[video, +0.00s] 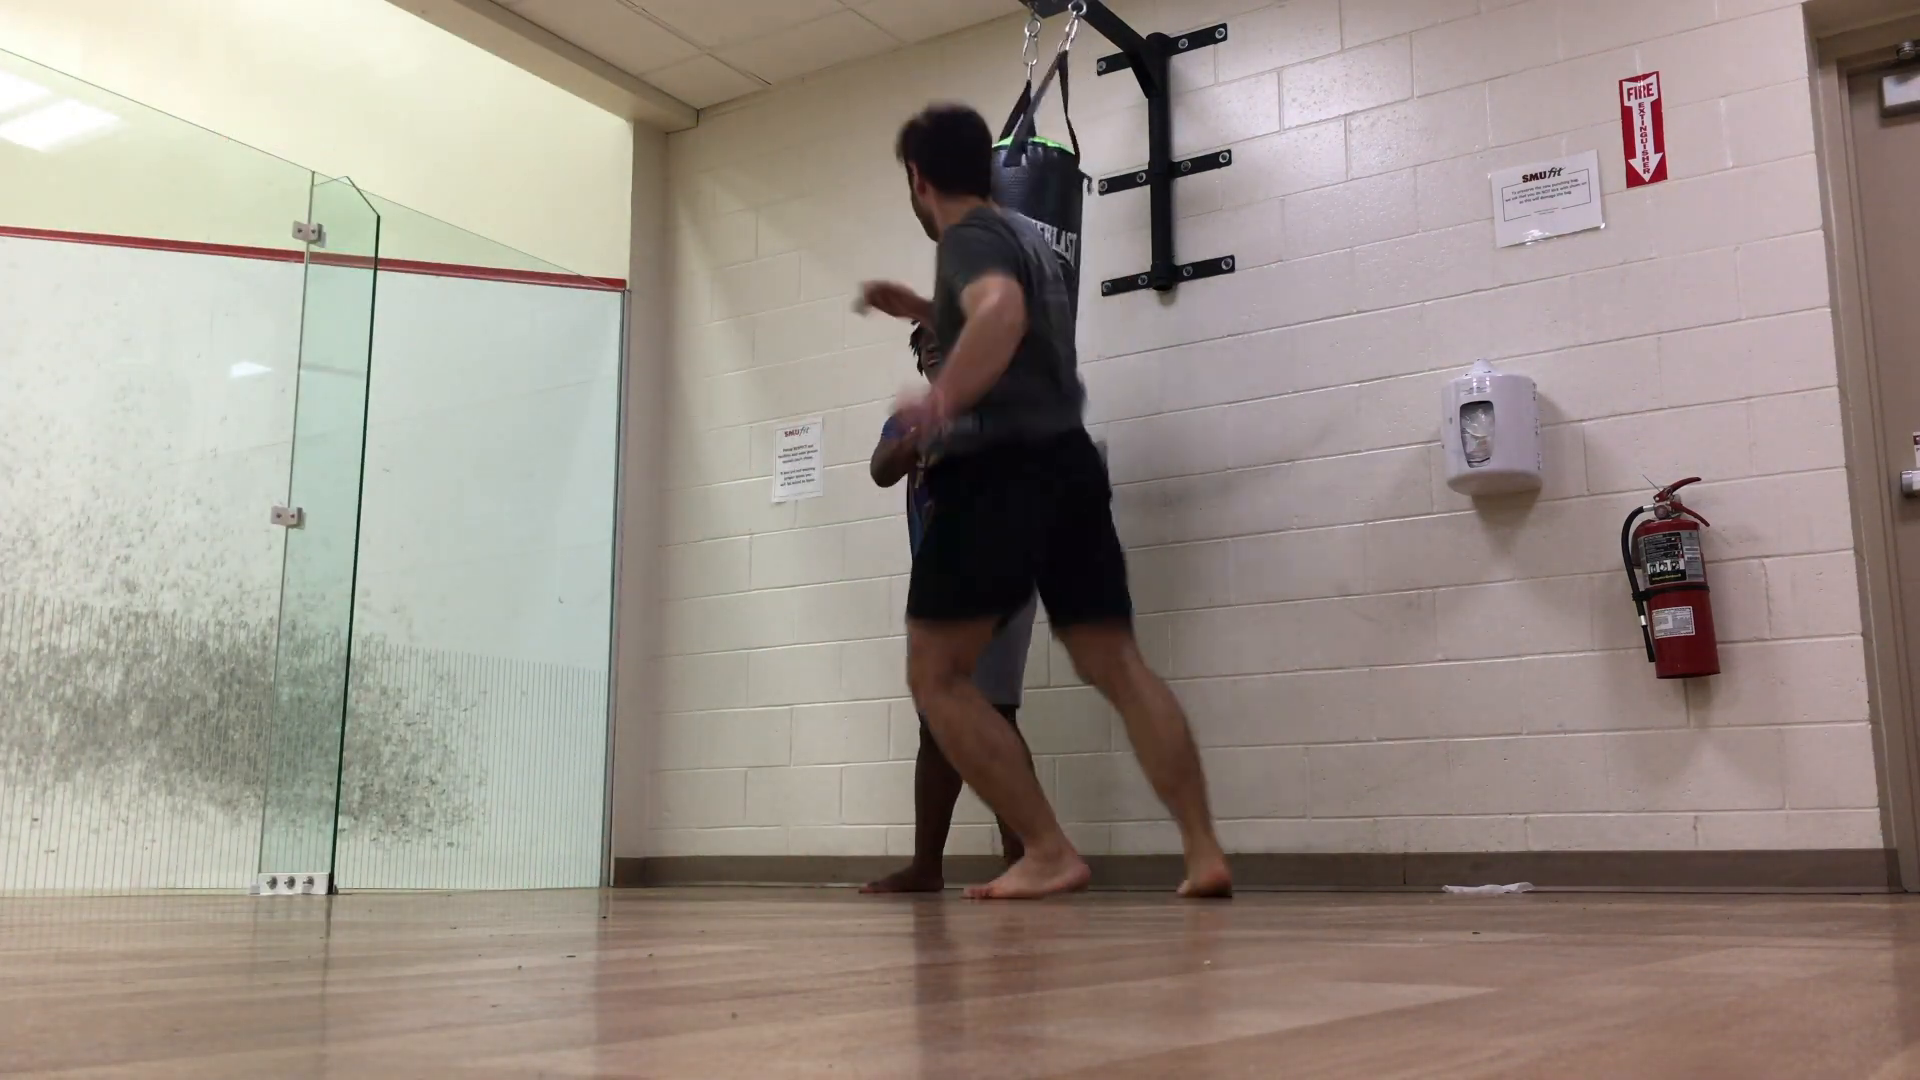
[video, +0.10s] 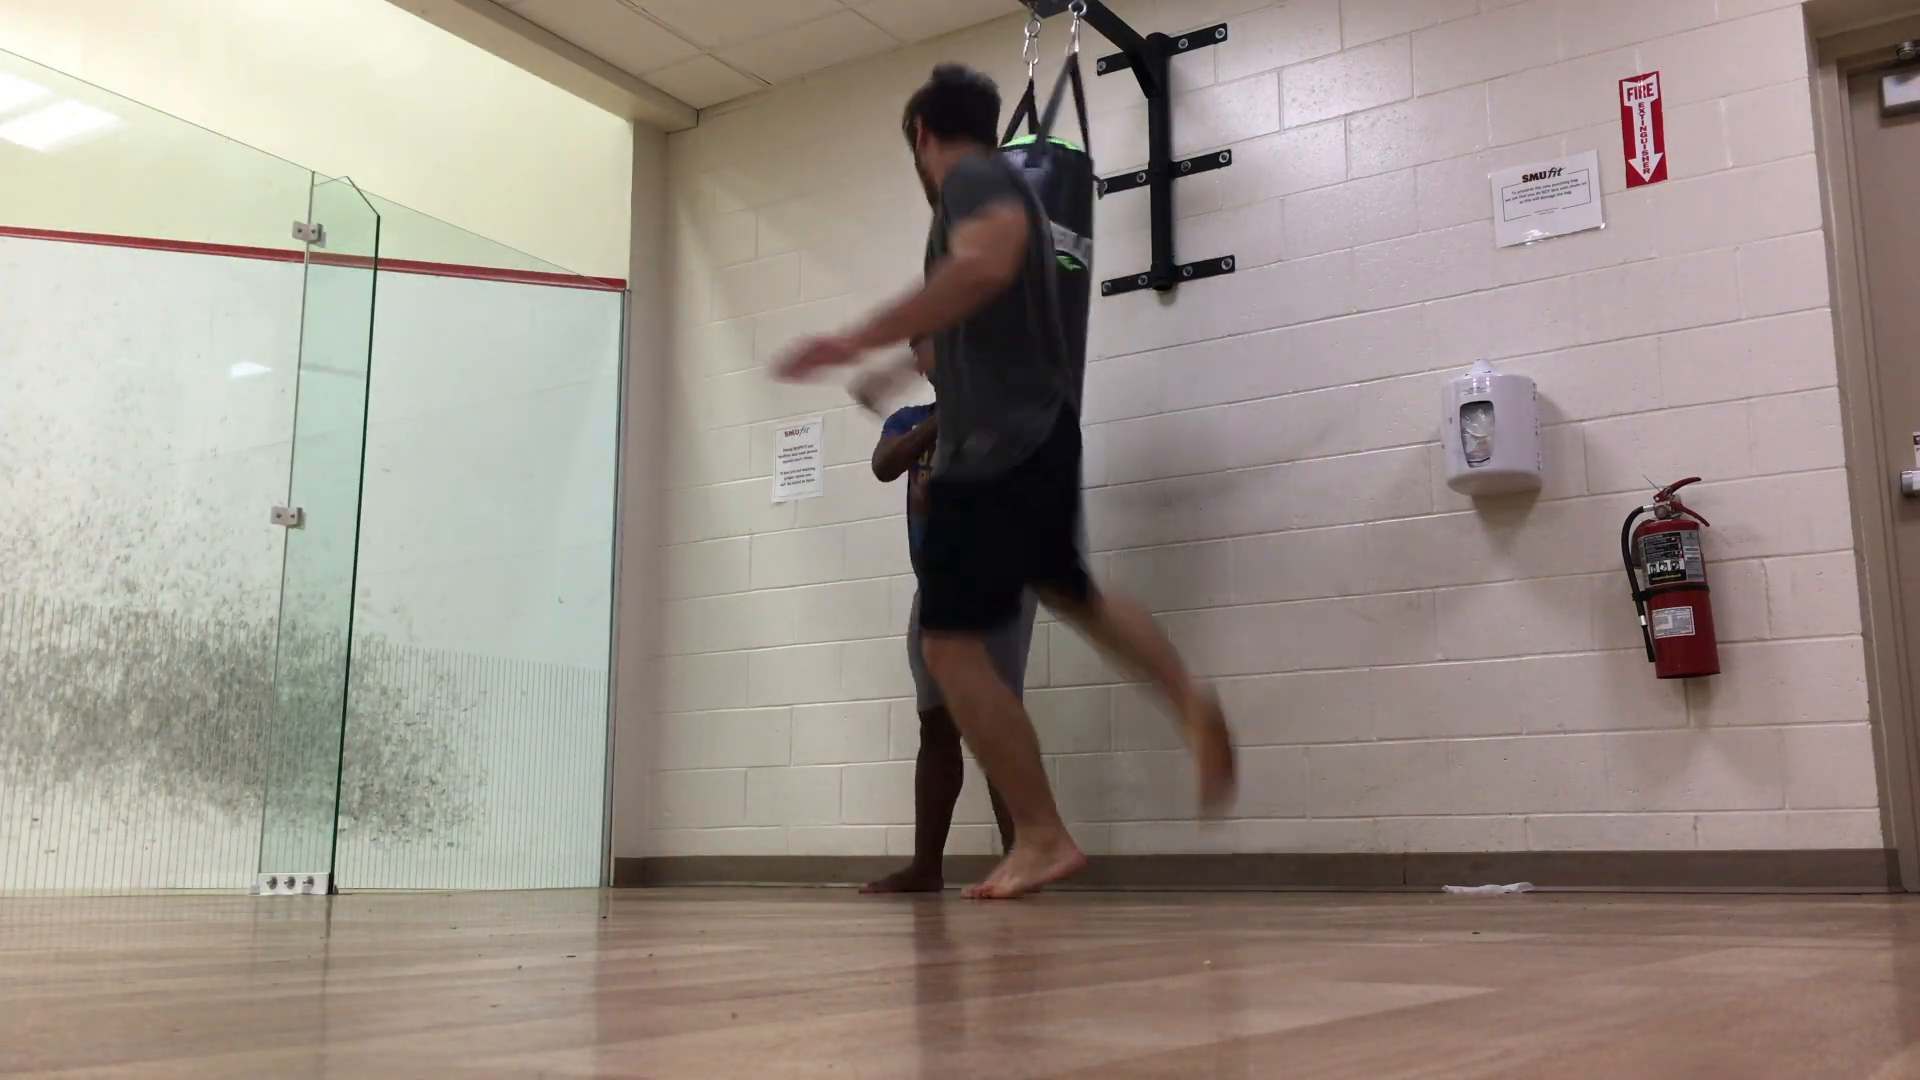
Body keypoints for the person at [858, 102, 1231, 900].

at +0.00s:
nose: (910, 194)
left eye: (908, 180)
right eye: (910, 180)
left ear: (921, 180)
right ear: (988, 170)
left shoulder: (967, 236)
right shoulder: (1037, 240)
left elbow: (1000, 306)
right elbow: (1019, 335)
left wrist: (939, 399)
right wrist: (924, 309)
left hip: (991, 478)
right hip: (1070, 470)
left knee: (936, 677)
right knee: (1116, 661)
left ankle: (1048, 852)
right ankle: (1204, 852)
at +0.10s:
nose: (917, 163)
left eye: (914, 148)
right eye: (916, 150)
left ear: (928, 136)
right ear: (985, 131)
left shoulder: (974, 177)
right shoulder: (1003, 195)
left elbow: (989, 259)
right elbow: (974, 332)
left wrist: (853, 337)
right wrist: (899, 368)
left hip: (988, 448)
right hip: (1042, 437)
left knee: (951, 643)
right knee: (1069, 589)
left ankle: (1041, 837)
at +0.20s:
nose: (908, 137)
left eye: (908, 123)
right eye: (910, 125)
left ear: (924, 110)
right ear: (984, 112)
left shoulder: (959, 156)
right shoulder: (1015, 174)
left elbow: (872, 271)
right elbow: (1066, 314)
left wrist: (822, 272)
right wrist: (1082, 408)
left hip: (1007, 415)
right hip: (1017, 404)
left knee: (969, 613)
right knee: (953, 466)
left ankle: (1013, 834)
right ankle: (1098, 483)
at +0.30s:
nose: (898, 123)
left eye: (900, 113)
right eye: (907, 113)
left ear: (909, 110)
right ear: (981, 119)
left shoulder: (918, 149)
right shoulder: (1024, 196)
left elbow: (834, 261)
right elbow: (1109, 293)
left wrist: (887, 194)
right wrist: (1166, 364)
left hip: (992, 403)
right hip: (1038, 393)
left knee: (989, 637)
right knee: (973, 461)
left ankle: (1013, 848)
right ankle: (1092, 482)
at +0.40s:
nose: (899, 100)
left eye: (899, 90)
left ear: (905, 90)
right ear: (980, 96)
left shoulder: (899, 130)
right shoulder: (1035, 162)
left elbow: (862, 277)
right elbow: (1125, 268)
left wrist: (905, 241)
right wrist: (1144, 353)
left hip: (975, 384)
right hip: (1059, 372)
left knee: (985, 604)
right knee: (1065, 515)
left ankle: (1016, 826)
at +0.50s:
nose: (891, 123)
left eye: (892, 111)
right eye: (894, 111)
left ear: (903, 109)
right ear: (978, 110)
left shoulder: (900, 164)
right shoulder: (1040, 171)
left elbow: (891, 304)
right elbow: (1119, 276)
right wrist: (1082, 352)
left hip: (967, 417)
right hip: (1059, 404)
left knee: (985, 630)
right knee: (1109, 608)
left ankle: (1022, 843)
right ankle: (1177, 790)